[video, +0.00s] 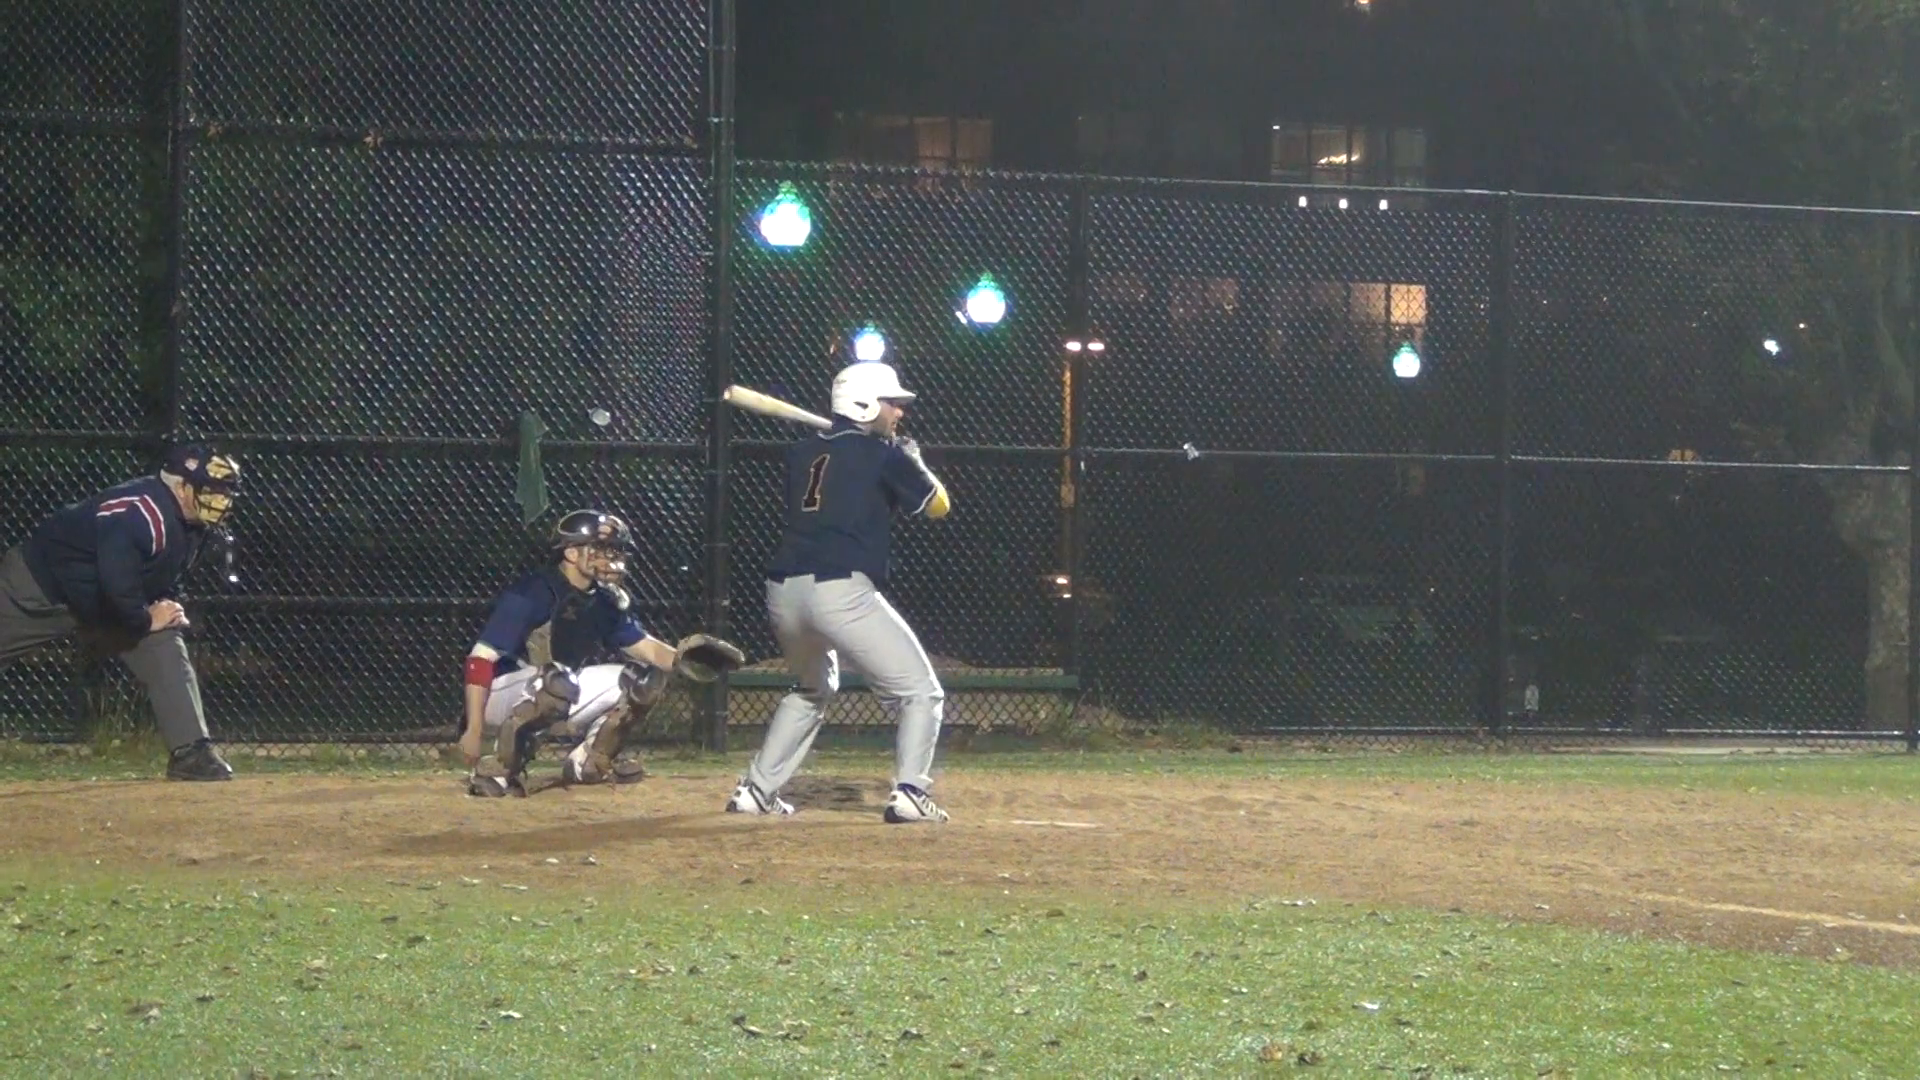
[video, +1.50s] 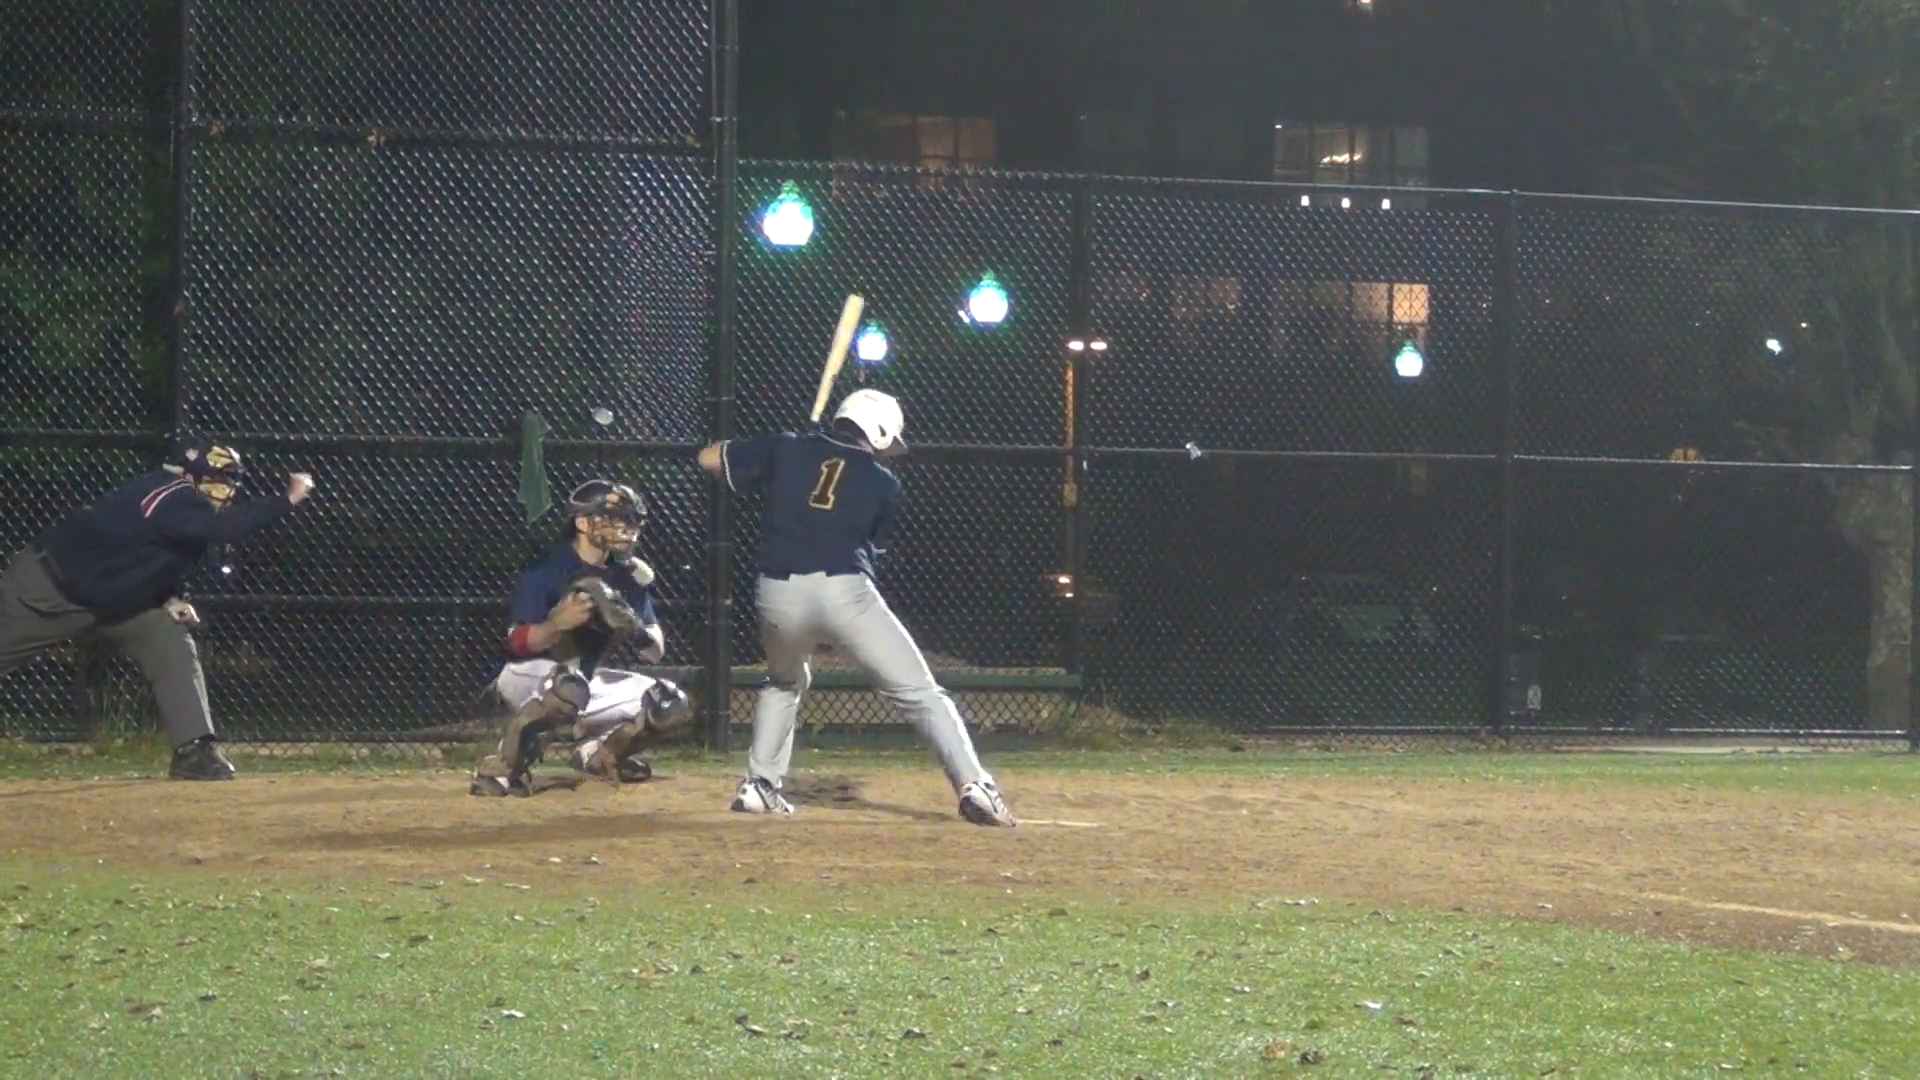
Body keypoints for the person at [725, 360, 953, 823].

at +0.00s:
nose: (900, 412)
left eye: (899, 403)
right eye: (893, 403)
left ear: (848, 408)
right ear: (866, 406)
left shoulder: (801, 450)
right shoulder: (882, 454)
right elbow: (939, 506)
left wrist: (879, 453)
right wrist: (915, 464)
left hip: (782, 592)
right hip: (842, 591)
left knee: (810, 688)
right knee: (922, 693)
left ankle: (756, 791)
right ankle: (911, 793)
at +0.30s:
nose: (883, 418)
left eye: (883, 409)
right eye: (877, 409)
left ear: (830, 409)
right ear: (850, 409)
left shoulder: (774, 443)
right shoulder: (868, 462)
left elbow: (751, 481)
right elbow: (883, 535)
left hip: (756, 581)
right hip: (819, 581)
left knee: (786, 680)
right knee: (889, 690)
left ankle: (754, 787)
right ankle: (908, 789)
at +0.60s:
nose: (871, 413)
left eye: (870, 404)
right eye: (865, 403)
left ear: (815, 400)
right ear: (843, 403)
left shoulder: (765, 432)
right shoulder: (863, 454)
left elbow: (695, 434)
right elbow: (857, 507)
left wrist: (736, 424)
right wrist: (870, 510)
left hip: (767, 578)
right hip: (831, 573)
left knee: (776, 680)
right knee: (907, 666)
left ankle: (754, 786)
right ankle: (925, 729)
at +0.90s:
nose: (905, 444)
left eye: (905, 435)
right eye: (901, 434)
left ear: (849, 429)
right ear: (886, 429)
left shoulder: (802, 468)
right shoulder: (903, 473)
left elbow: (732, 512)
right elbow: (910, 534)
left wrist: (784, 480)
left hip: (807, 599)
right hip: (873, 595)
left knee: (803, 688)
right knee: (954, 699)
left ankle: (759, 787)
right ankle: (977, 794)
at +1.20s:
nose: (925, 466)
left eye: (926, 459)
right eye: (925, 458)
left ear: (873, 438)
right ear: (915, 452)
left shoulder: (823, 470)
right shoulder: (923, 493)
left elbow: (744, 494)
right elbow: (919, 548)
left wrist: (799, 499)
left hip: (817, 609)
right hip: (887, 608)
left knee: (804, 689)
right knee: (966, 701)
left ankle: (761, 786)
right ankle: (982, 790)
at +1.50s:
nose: (887, 451)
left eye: (890, 444)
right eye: (887, 442)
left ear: (838, 419)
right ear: (878, 433)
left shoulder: (785, 446)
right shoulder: (884, 481)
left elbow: (708, 457)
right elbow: (875, 539)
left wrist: (760, 453)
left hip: (777, 591)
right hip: (845, 590)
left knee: (782, 683)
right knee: (922, 694)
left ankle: (759, 785)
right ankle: (974, 785)